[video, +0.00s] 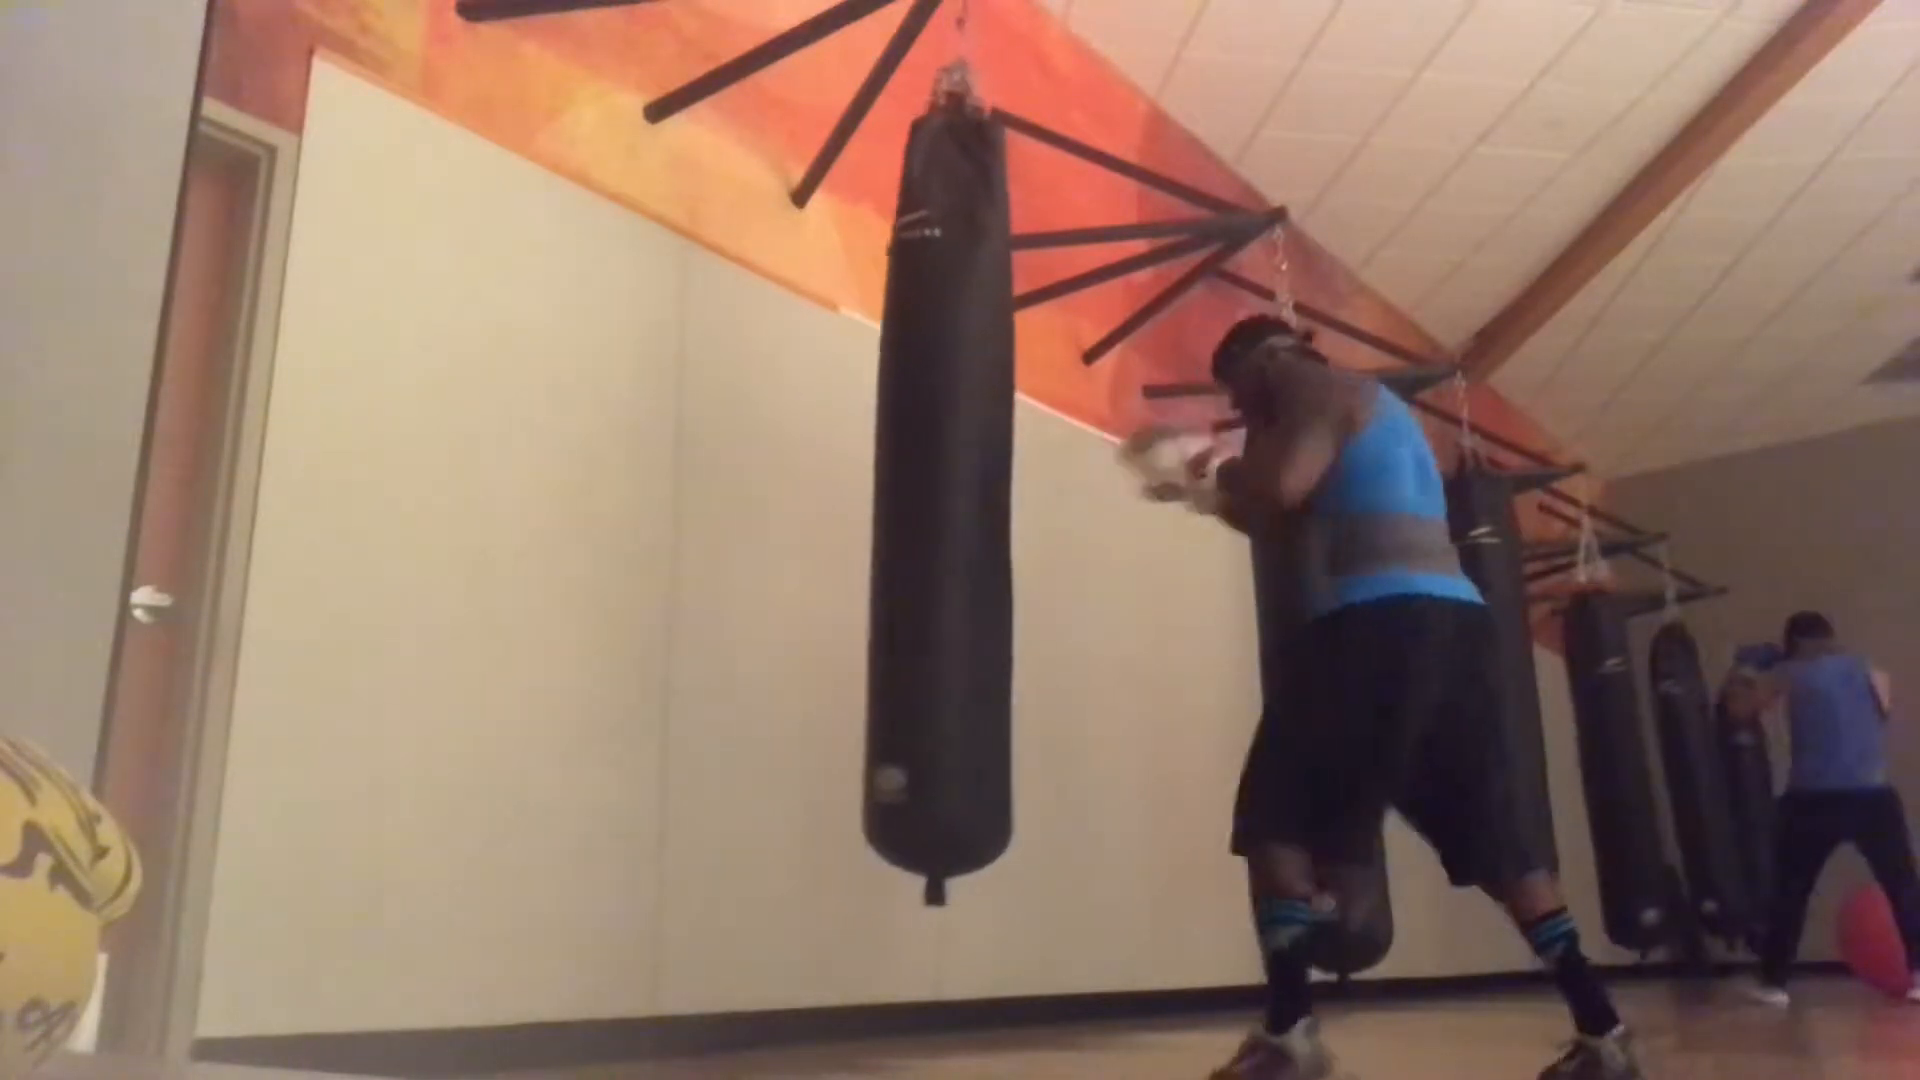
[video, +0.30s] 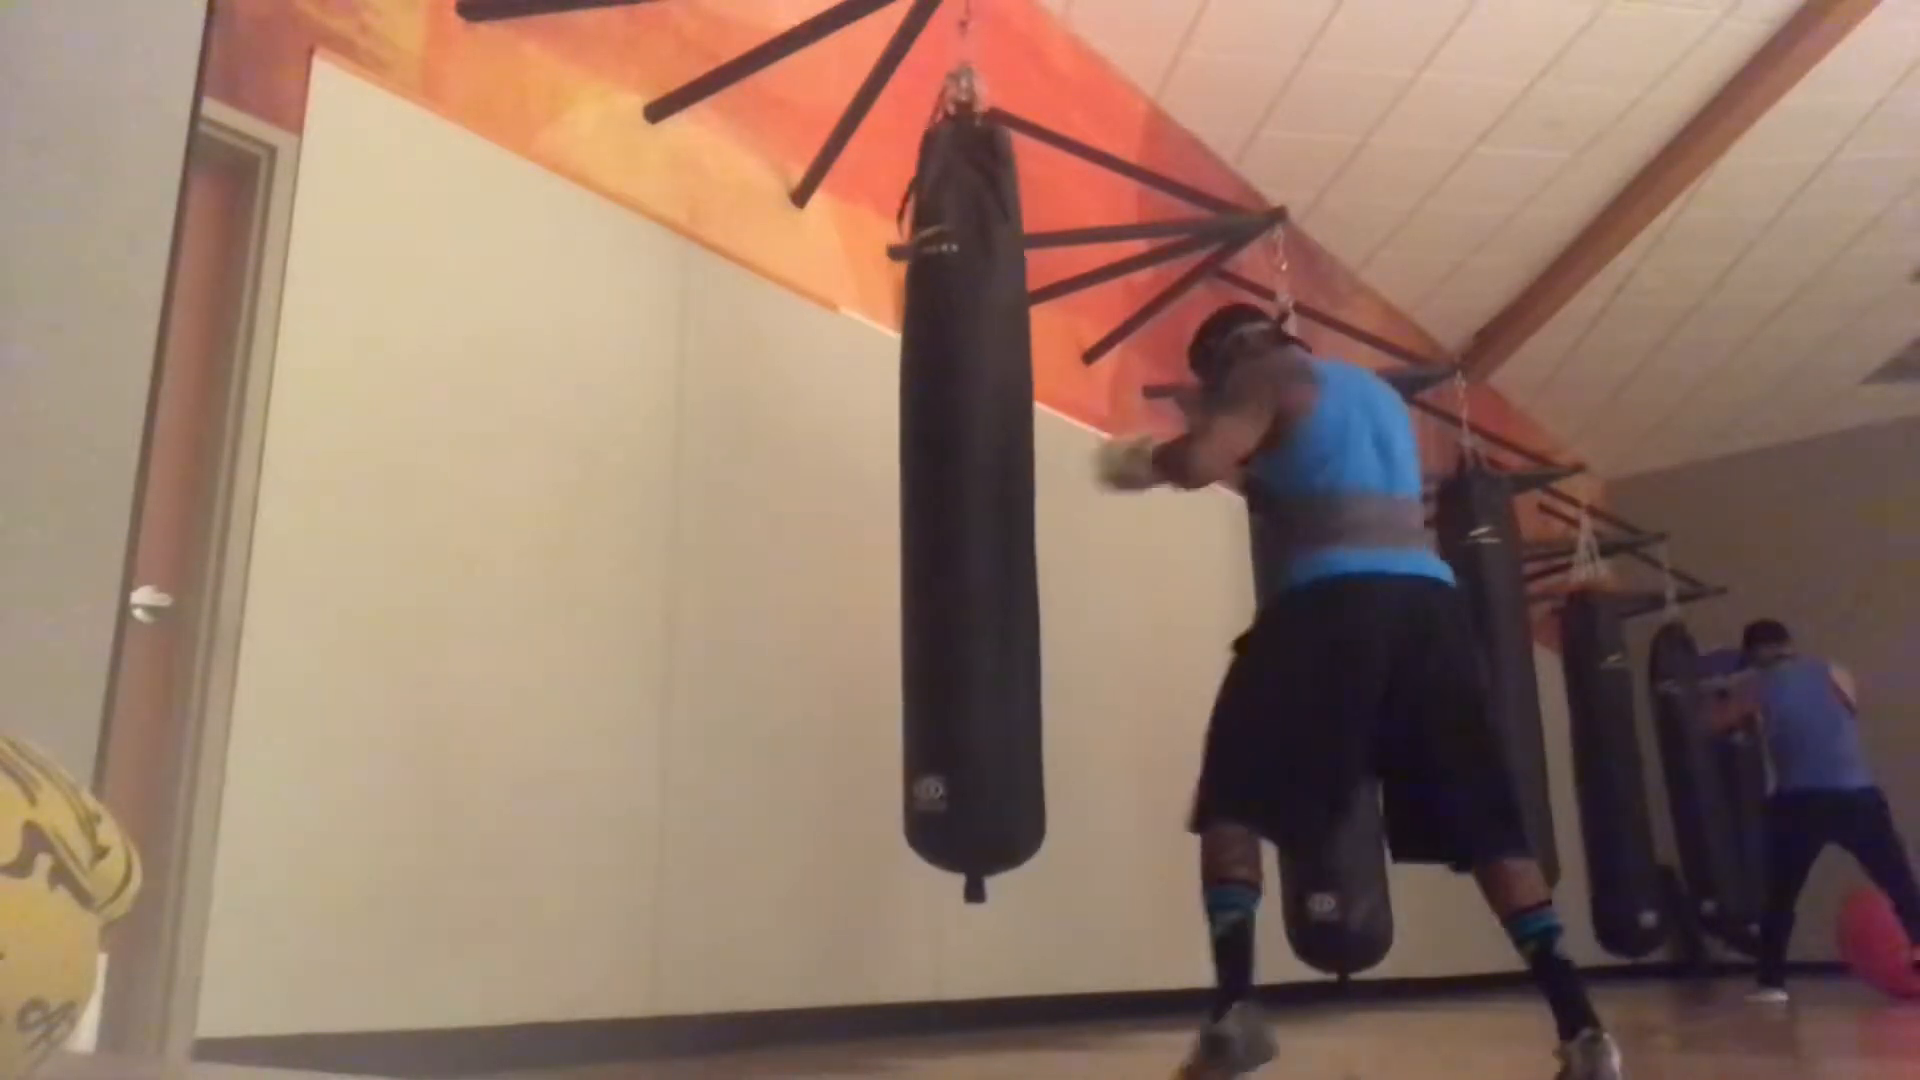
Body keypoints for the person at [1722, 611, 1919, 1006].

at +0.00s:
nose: (1794, 654)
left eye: (1791, 648)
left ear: (1792, 645)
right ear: (1832, 637)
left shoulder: (1790, 673)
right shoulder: (1866, 670)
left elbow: (1741, 709)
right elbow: (1883, 712)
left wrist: (1739, 671)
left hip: (1813, 799)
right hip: (1872, 798)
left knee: (1791, 890)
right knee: (1904, 887)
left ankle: (1775, 981)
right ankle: (1917, 975)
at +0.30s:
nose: (1759, 661)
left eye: (1752, 656)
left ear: (1750, 654)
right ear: (1790, 643)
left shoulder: (1750, 685)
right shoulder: (1830, 671)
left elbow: (1719, 725)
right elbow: (1850, 708)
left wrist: (1718, 693)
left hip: (1797, 800)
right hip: (1855, 796)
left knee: (1780, 894)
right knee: (1900, 883)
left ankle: (1771, 982)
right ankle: (1917, 955)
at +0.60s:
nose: (1753, 670)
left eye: (1750, 665)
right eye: (1754, 664)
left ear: (1752, 662)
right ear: (1788, 649)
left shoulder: (1759, 692)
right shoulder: (1835, 672)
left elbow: (1731, 738)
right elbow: (1858, 708)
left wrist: (1718, 698)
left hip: (1819, 804)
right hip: (1875, 796)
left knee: (1796, 892)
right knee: (1916, 877)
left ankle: (1774, 981)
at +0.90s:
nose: (1751, 666)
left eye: (1745, 660)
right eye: (1752, 657)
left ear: (1740, 660)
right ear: (1779, 650)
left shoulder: (1749, 695)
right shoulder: (1815, 674)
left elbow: (1702, 721)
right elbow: (1829, 691)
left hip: (1804, 796)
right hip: (1859, 784)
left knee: (1774, 882)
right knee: (1909, 866)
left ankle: (1761, 969)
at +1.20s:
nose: (1731, 674)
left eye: (1729, 668)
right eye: (1731, 668)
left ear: (1732, 666)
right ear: (1763, 653)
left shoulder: (1744, 690)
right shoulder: (1802, 676)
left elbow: (1696, 715)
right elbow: (1830, 705)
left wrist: (1679, 705)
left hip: (1788, 798)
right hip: (1842, 789)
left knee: (1756, 879)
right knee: (1890, 874)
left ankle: (1734, 964)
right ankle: (1917, 953)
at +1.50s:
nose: (1713, 679)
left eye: (1712, 672)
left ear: (1712, 671)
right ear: (1746, 665)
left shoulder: (1717, 699)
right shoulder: (1776, 690)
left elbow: (1672, 724)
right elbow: (1808, 722)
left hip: (1760, 803)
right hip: (1810, 795)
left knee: (1729, 882)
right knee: (1858, 880)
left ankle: (1700, 962)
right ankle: (1897, 961)